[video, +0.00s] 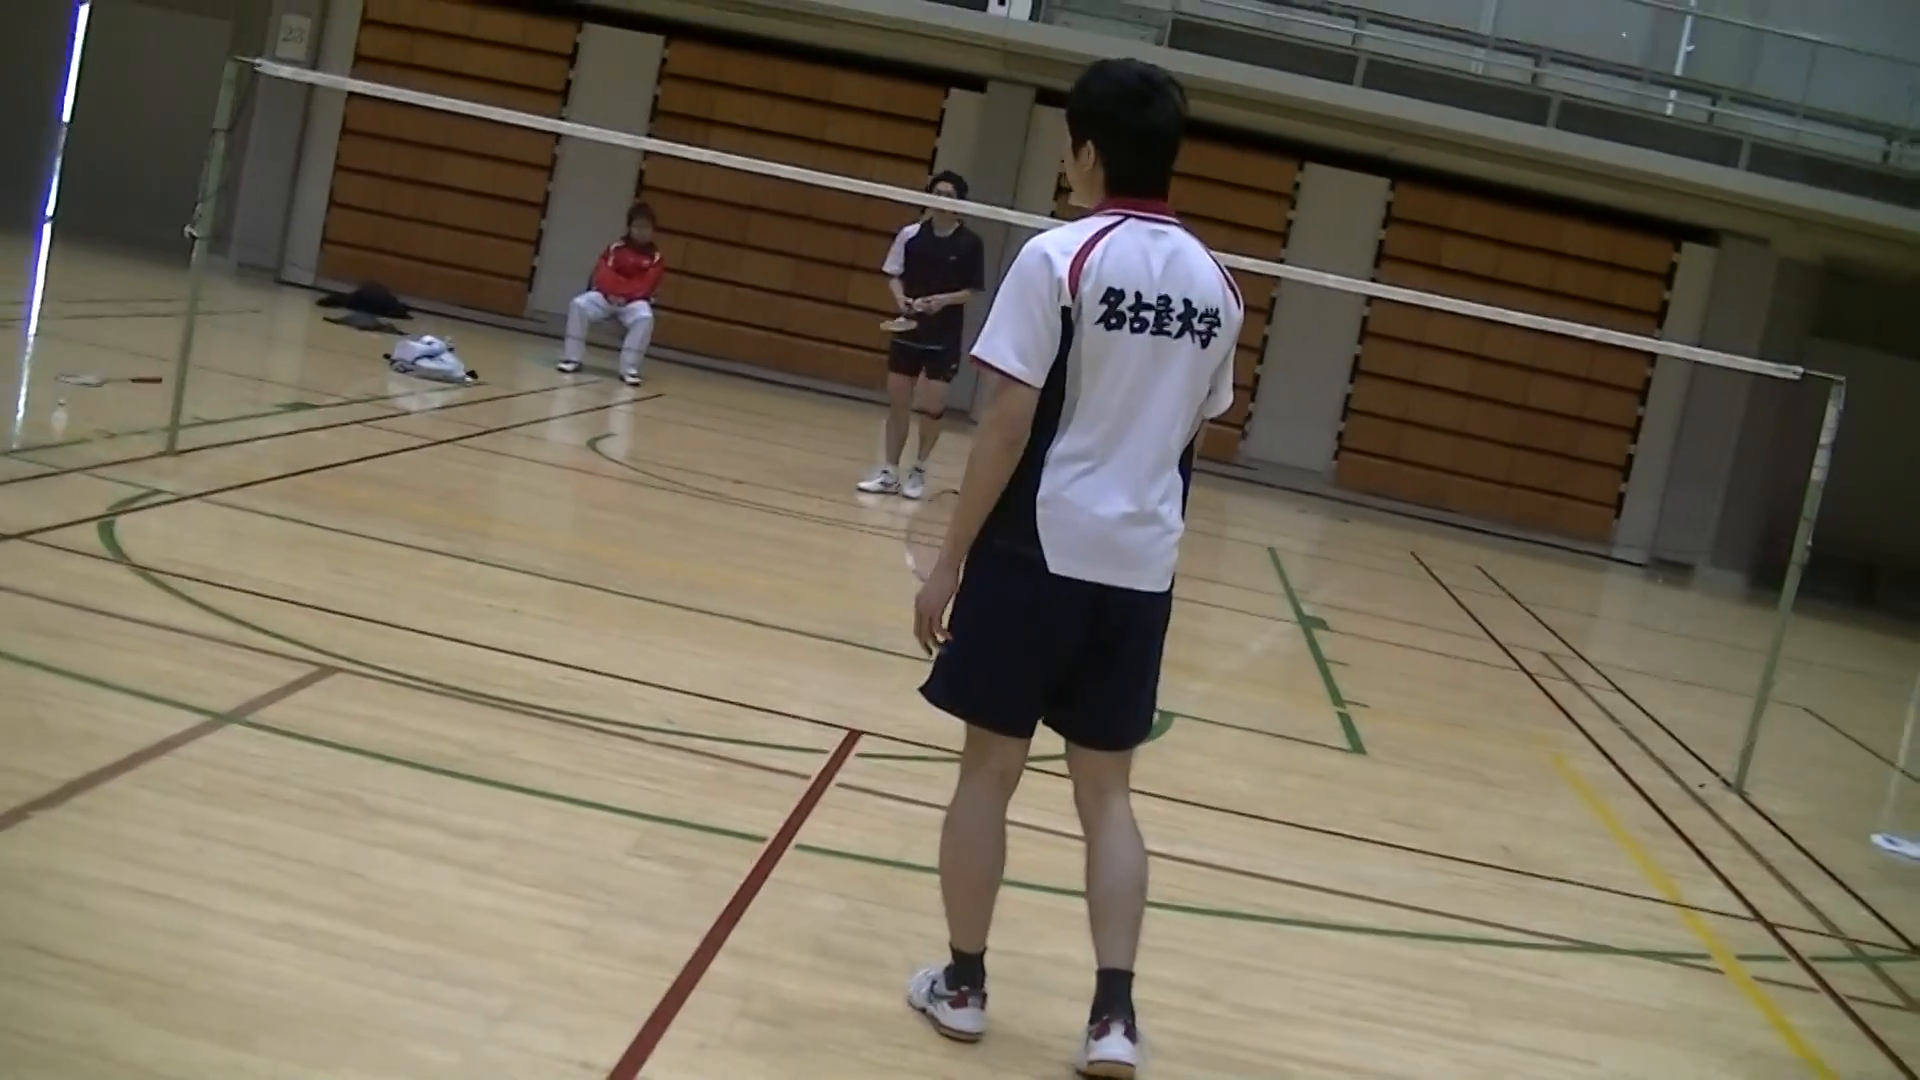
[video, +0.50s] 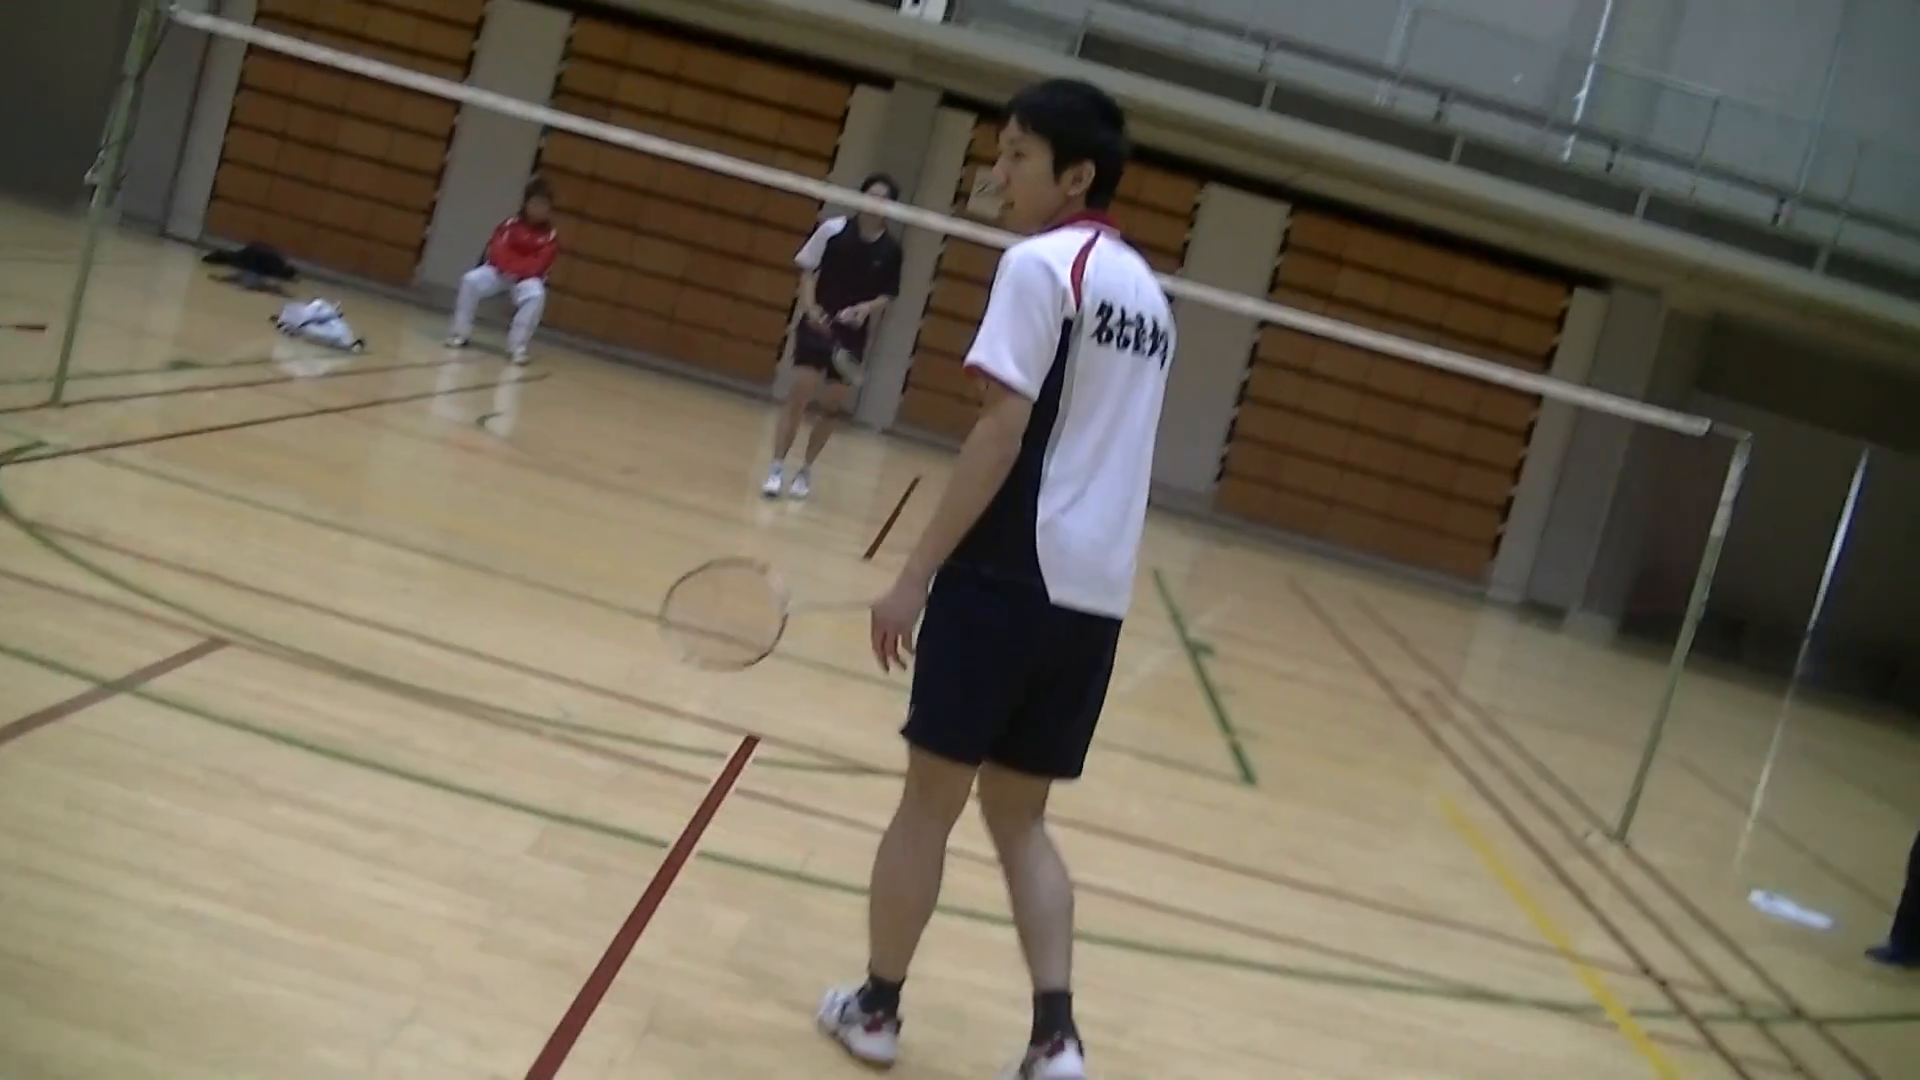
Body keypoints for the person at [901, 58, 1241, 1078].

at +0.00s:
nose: (1065, 157)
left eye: (1069, 143)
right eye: (1068, 141)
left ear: (1090, 151)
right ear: (1170, 157)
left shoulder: (1056, 258)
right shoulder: (1213, 284)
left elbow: (1005, 430)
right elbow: (1194, 428)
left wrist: (949, 558)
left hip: (1034, 559)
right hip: (1141, 577)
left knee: (988, 772)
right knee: (1108, 791)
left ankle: (964, 983)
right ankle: (1114, 1013)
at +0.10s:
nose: (1050, 152)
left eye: (1055, 138)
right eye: (1055, 137)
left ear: (1077, 147)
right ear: (1157, 153)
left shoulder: (1044, 253)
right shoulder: (1198, 284)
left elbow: (993, 424)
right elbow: (1180, 432)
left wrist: (934, 564)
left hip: (1015, 559)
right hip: (1120, 577)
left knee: (965, 773)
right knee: (1085, 791)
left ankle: (943, 982)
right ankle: (1093, 1011)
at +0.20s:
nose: (1016, 148)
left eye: (1024, 132)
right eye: (1018, 131)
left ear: (1061, 138)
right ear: (1117, 142)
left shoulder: (1023, 239)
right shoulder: (1169, 268)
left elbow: (971, 411)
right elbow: (1148, 417)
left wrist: (907, 550)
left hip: (991, 548)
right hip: (1093, 565)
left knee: (936, 763)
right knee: (1054, 781)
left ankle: (912, 973)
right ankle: (1065, 1003)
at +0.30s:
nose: (991, 139)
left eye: (1005, 121)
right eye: (992, 118)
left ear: (1065, 132)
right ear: (1084, 136)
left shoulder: (1021, 224)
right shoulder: (1158, 254)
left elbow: (973, 391)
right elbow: (1138, 414)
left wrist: (897, 531)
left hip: (983, 536)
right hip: (1084, 556)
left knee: (926, 750)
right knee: (1036, 767)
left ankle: (896, 961)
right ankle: (1051, 988)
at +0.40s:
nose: (996, 144)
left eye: (1013, 127)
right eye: (997, 124)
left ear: (1078, 139)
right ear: (1090, 146)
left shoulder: (1038, 228)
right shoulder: (1161, 259)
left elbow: (993, 398)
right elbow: (1128, 422)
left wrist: (908, 534)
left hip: (1000, 546)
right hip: (1098, 569)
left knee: (935, 761)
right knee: (1035, 779)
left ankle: (894, 973)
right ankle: (1056, 997)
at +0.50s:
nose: (998, 174)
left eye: (1017, 157)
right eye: (1001, 154)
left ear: (1081, 174)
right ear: (1089, 179)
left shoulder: (1041, 266)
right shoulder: (1150, 293)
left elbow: (1000, 433)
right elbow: (1119, 462)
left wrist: (914, 570)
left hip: (997, 588)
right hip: (1091, 609)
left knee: (928, 805)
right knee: (1020, 815)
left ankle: (878, 1004)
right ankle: (1056, 1037)